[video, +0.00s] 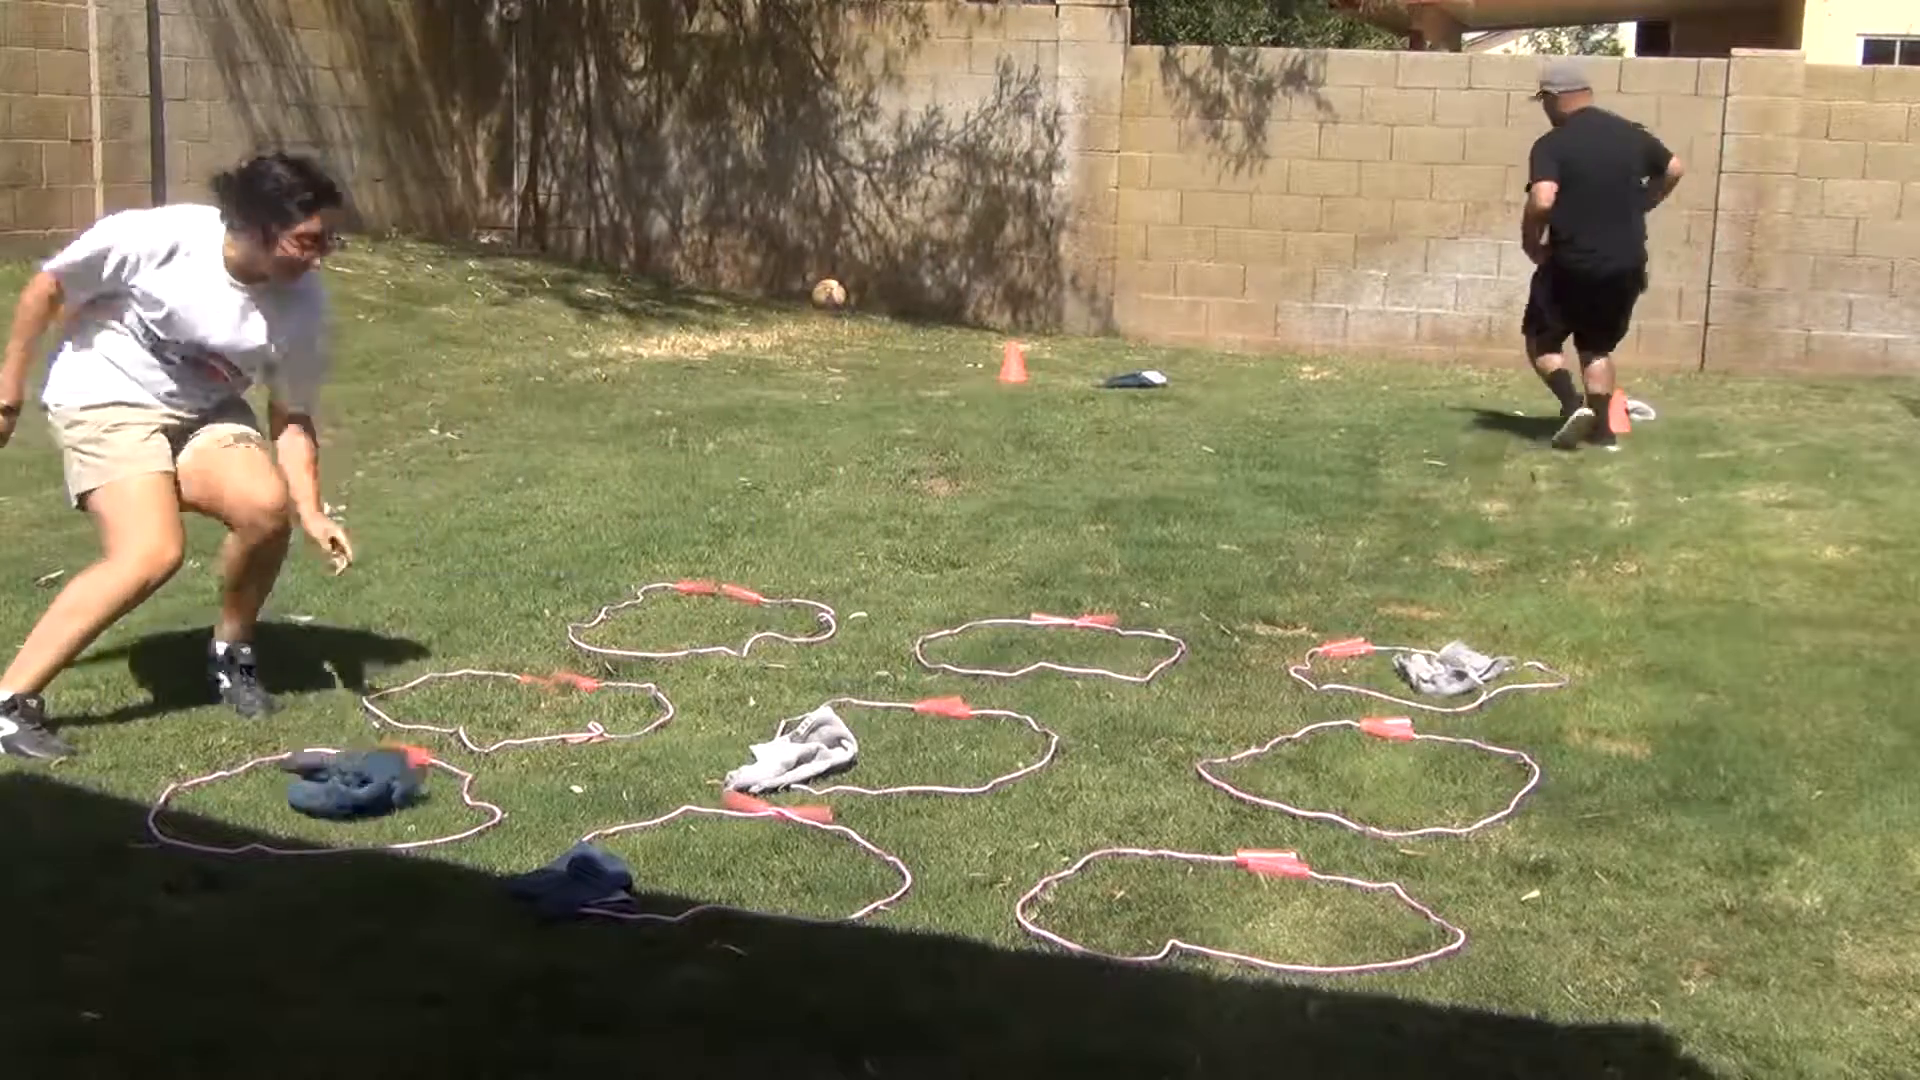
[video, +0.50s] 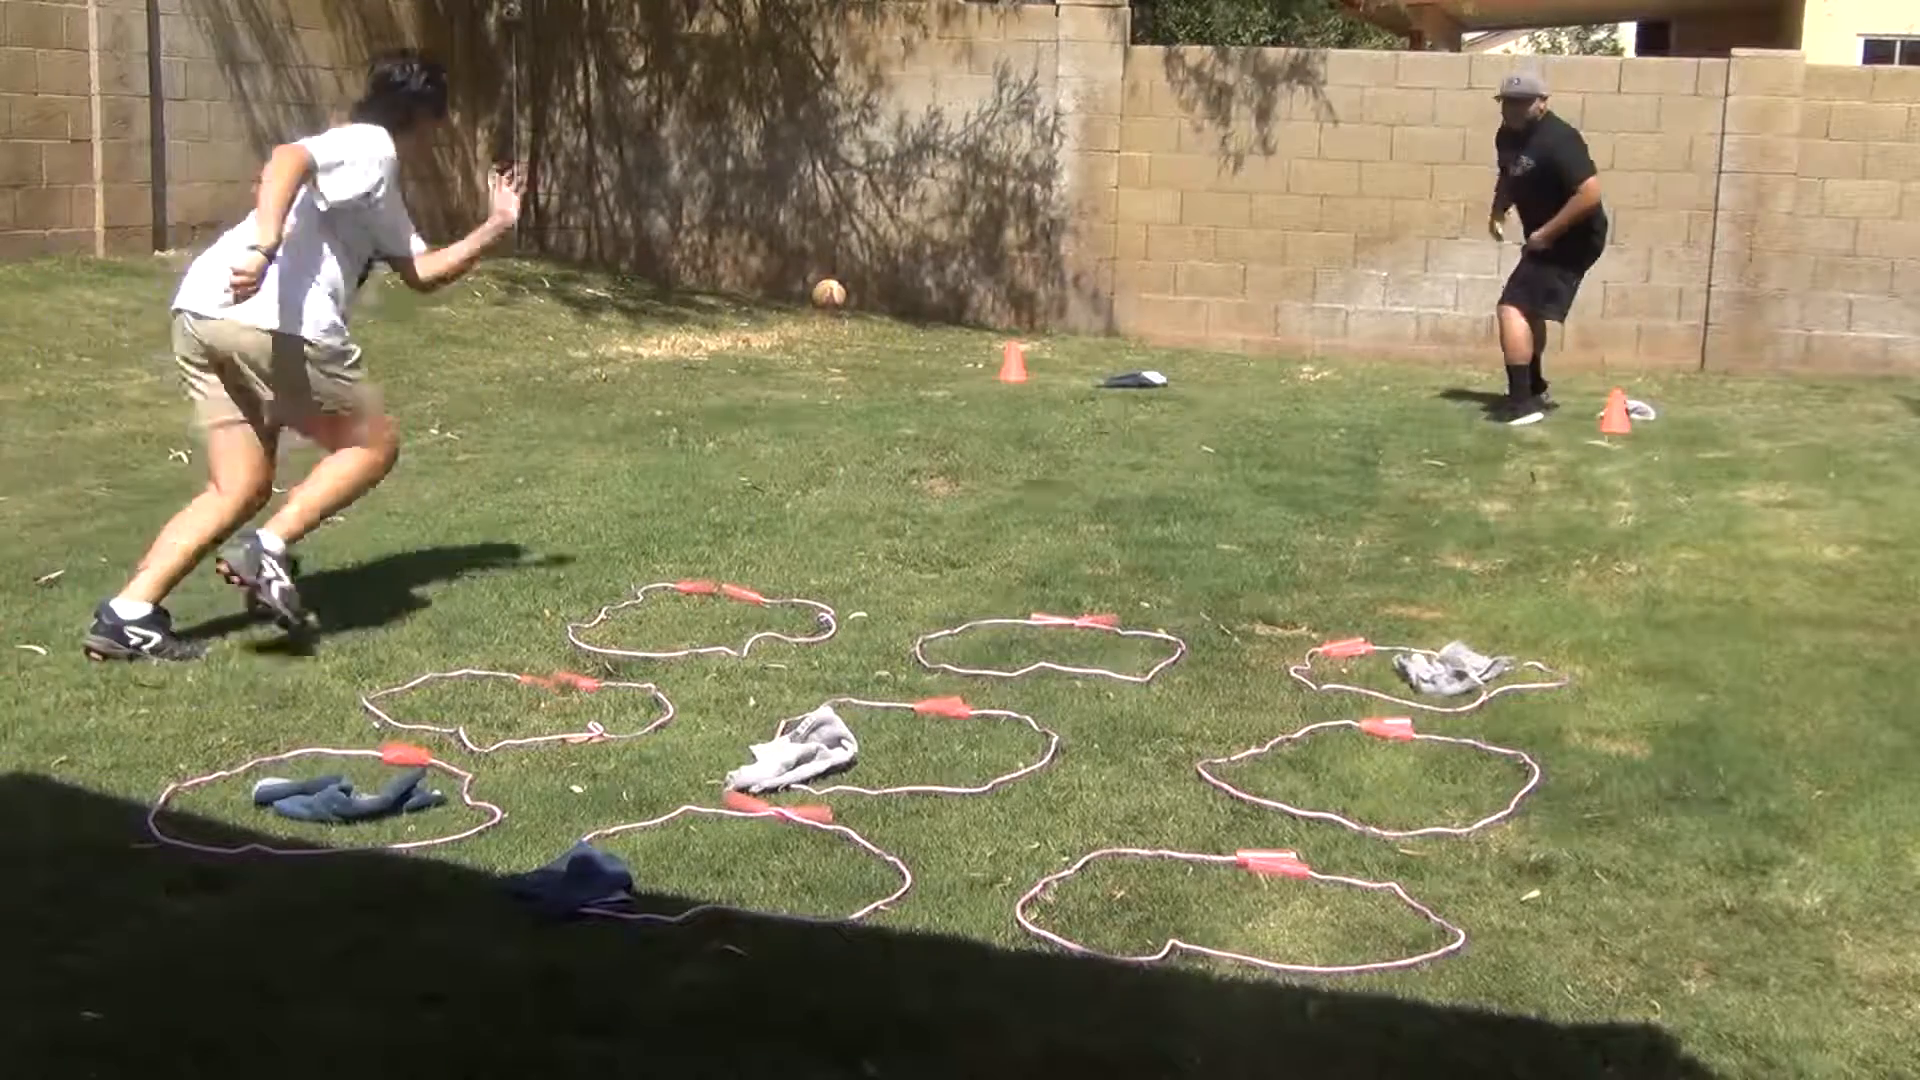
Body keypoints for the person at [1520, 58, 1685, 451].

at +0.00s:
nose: (1544, 108)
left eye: (1545, 100)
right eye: (1543, 101)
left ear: (1556, 99)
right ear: (1587, 94)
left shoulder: (1552, 144)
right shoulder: (1628, 131)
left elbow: (1543, 201)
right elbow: (1673, 169)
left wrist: (1531, 237)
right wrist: (1643, 204)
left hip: (1573, 263)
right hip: (1626, 263)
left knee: (1541, 339)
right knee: (1596, 345)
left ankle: (1573, 404)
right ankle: (1603, 432)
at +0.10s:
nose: (1527, 105)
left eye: (1529, 97)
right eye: (1525, 97)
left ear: (1547, 94)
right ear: (1567, 91)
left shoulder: (1556, 138)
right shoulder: (1607, 121)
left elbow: (1564, 195)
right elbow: (1629, 164)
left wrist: (1536, 226)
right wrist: (1590, 188)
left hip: (1564, 252)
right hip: (1612, 253)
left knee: (1524, 316)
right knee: (1585, 337)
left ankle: (1535, 411)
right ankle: (1595, 424)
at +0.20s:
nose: (1514, 102)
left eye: (1518, 95)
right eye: (1514, 95)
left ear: (1541, 95)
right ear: (1551, 94)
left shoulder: (1552, 134)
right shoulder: (1582, 118)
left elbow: (1578, 190)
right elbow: (1581, 172)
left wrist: (1538, 222)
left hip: (1558, 245)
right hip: (1597, 245)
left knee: (1518, 314)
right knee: (1568, 330)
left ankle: (1519, 404)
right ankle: (1583, 387)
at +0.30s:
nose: (1510, 107)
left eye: (1516, 99)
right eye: (1509, 98)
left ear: (1543, 101)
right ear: (1544, 101)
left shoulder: (1545, 139)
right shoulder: (1561, 124)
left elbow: (1573, 199)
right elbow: (1538, 176)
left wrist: (1534, 229)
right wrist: (1502, 196)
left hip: (1557, 247)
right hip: (1587, 246)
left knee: (1506, 312)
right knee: (1544, 315)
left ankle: (1518, 406)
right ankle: (1573, 378)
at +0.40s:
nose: (1508, 105)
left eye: (1517, 98)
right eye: (1506, 97)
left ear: (1541, 99)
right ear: (1506, 97)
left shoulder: (1554, 135)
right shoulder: (1521, 130)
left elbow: (1577, 196)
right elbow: (1521, 178)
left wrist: (1537, 225)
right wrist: (1494, 210)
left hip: (1575, 238)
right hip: (1546, 235)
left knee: (1514, 311)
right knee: (1519, 310)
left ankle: (1518, 404)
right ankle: (1557, 385)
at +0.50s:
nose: (1509, 109)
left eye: (1517, 103)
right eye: (1506, 102)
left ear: (1540, 104)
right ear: (1501, 102)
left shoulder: (1560, 139)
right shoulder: (1507, 135)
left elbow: (1590, 194)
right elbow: (1510, 176)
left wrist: (1546, 233)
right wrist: (1498, 209)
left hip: (1575, 236)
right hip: (1543, 234)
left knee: (1511, 307)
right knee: (1527, 309)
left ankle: (1521, 400)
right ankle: (1532, 386)